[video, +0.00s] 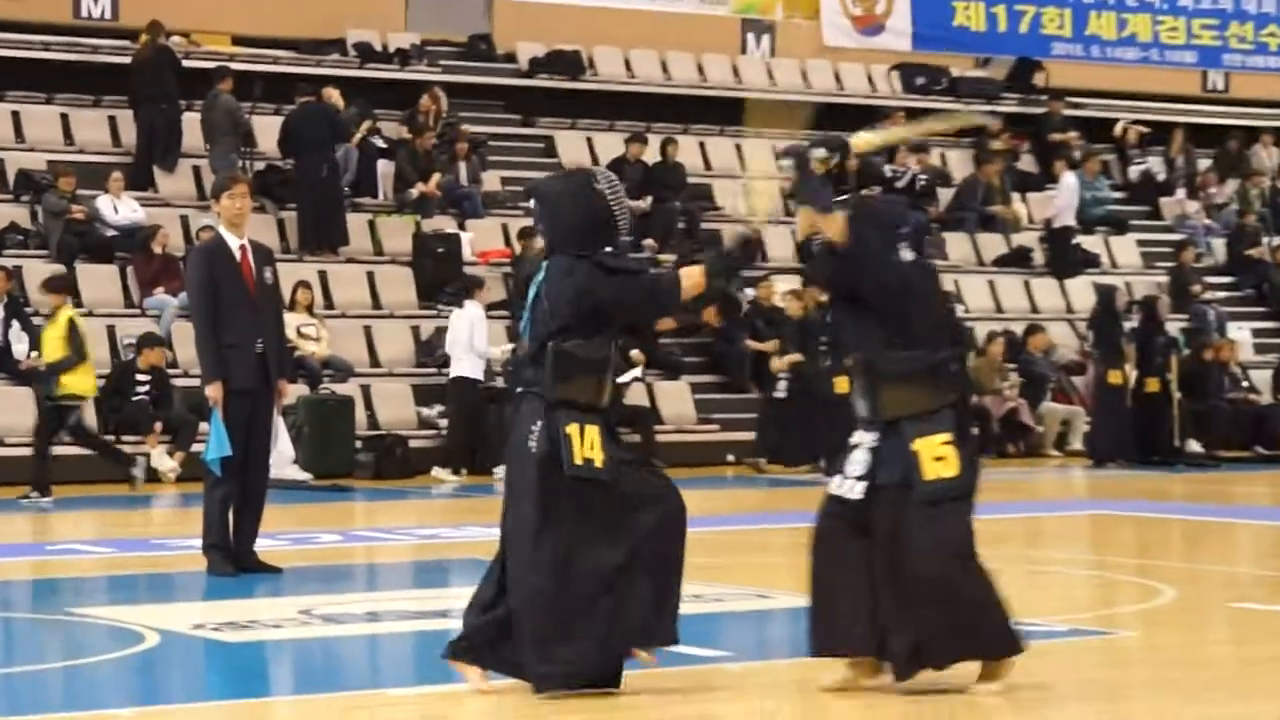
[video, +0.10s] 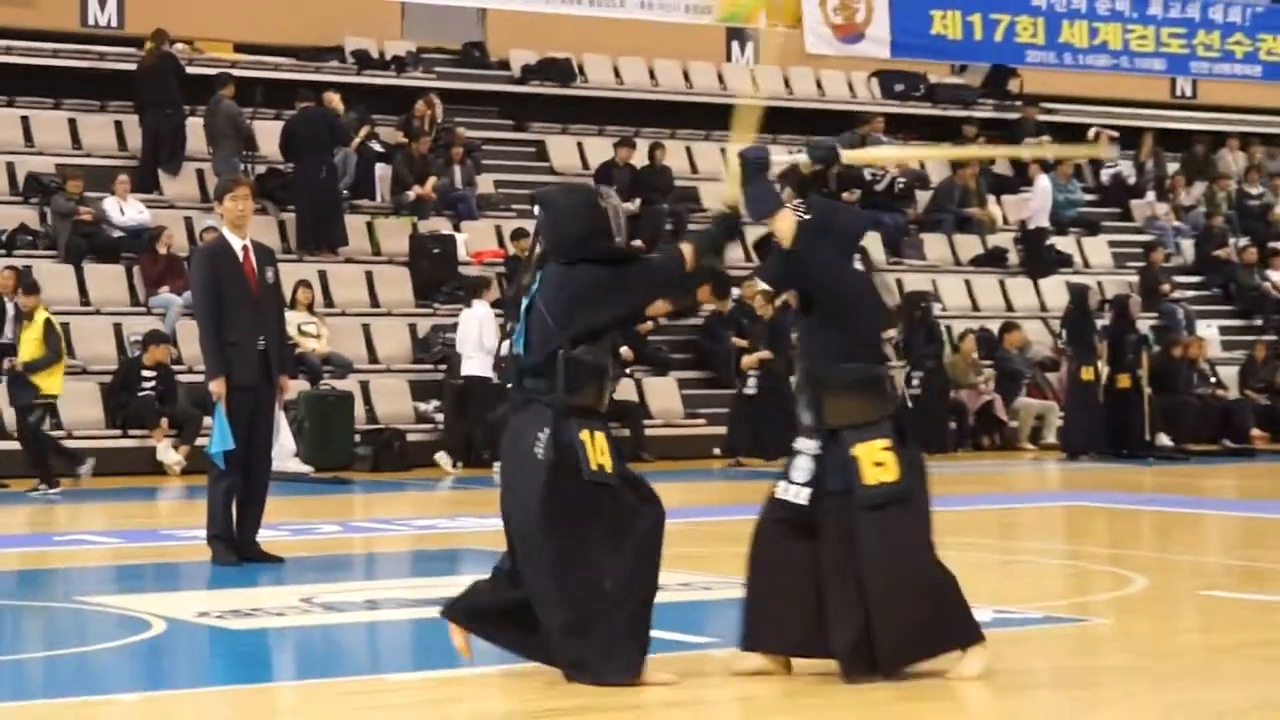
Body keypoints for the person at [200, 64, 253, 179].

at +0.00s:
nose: (232, 84)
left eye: (231, 80)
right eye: (230, 80)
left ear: (217, 81)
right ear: (224, 80)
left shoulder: (208, 101)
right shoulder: (229, 101)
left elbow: (205, 125)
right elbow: (243, 123)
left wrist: (210, 142)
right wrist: (250, 142)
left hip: (214, 151)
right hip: (229, 152)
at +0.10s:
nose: (234, 89)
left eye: (233, 86)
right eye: (232, 86)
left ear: (218, 87)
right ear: (227, 87)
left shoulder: (210, 107)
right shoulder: (230, 106)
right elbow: (244, 128)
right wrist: (252, 148)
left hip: (217, 156)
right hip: (231, 156)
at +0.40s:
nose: (265, 110)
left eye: (265, 107)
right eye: (264, 107)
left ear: (252, 107)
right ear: (259, 107)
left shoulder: (243, 125)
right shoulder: (262, 124)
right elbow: (277, 140)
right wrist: (283, 134)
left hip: (249, 170)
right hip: (263, 171)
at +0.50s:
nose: (271, 113)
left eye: (271, 110)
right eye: (270, 110)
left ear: (258, 110)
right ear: (264, 110)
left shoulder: (249, 128)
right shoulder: (267, 127)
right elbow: (283, 141)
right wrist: (291, 134)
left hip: (256, 173)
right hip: (269, 173)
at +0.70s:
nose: (284, 121)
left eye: (284, 118)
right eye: (283, 118)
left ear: (271, 117)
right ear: (278, 117)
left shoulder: (261, 136)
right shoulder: (281, 134)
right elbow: (295, 149)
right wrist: (301, 144)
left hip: (268, 180)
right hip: (282, 179)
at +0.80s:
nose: (295, 129)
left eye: (295, 126)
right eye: (294, 126)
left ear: (282, 126)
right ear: (289, 126)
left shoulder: (273, 144)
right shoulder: (293, 142)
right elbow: (306, 157)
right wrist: (311, 152)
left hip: (279, 184)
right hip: (292, 184)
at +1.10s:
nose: (303, 137)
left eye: (303, 134)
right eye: (302, 134)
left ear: (291, 133)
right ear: (298, 134)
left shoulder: (282, 150)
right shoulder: (301, 149)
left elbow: (281, 171)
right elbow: (314, 167)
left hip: (287, 190)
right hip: (300, 190)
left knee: (294, 220)